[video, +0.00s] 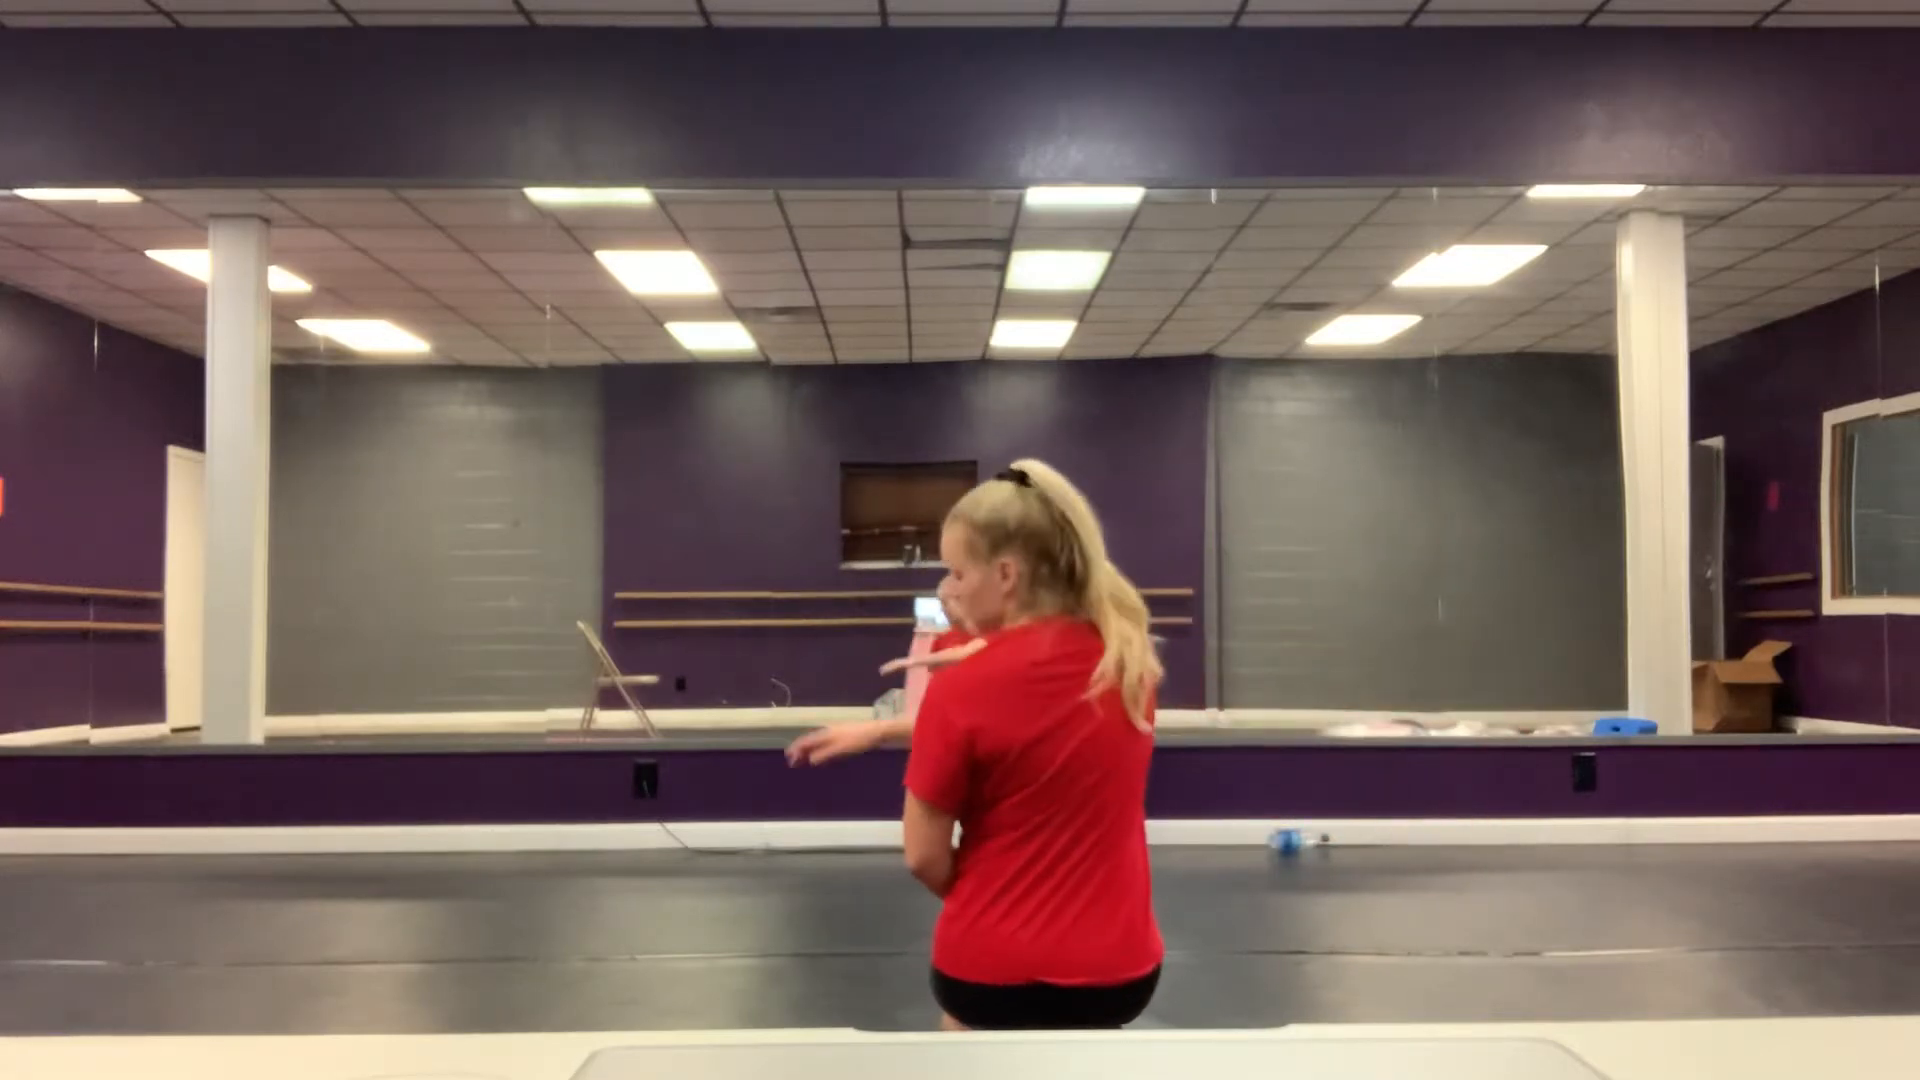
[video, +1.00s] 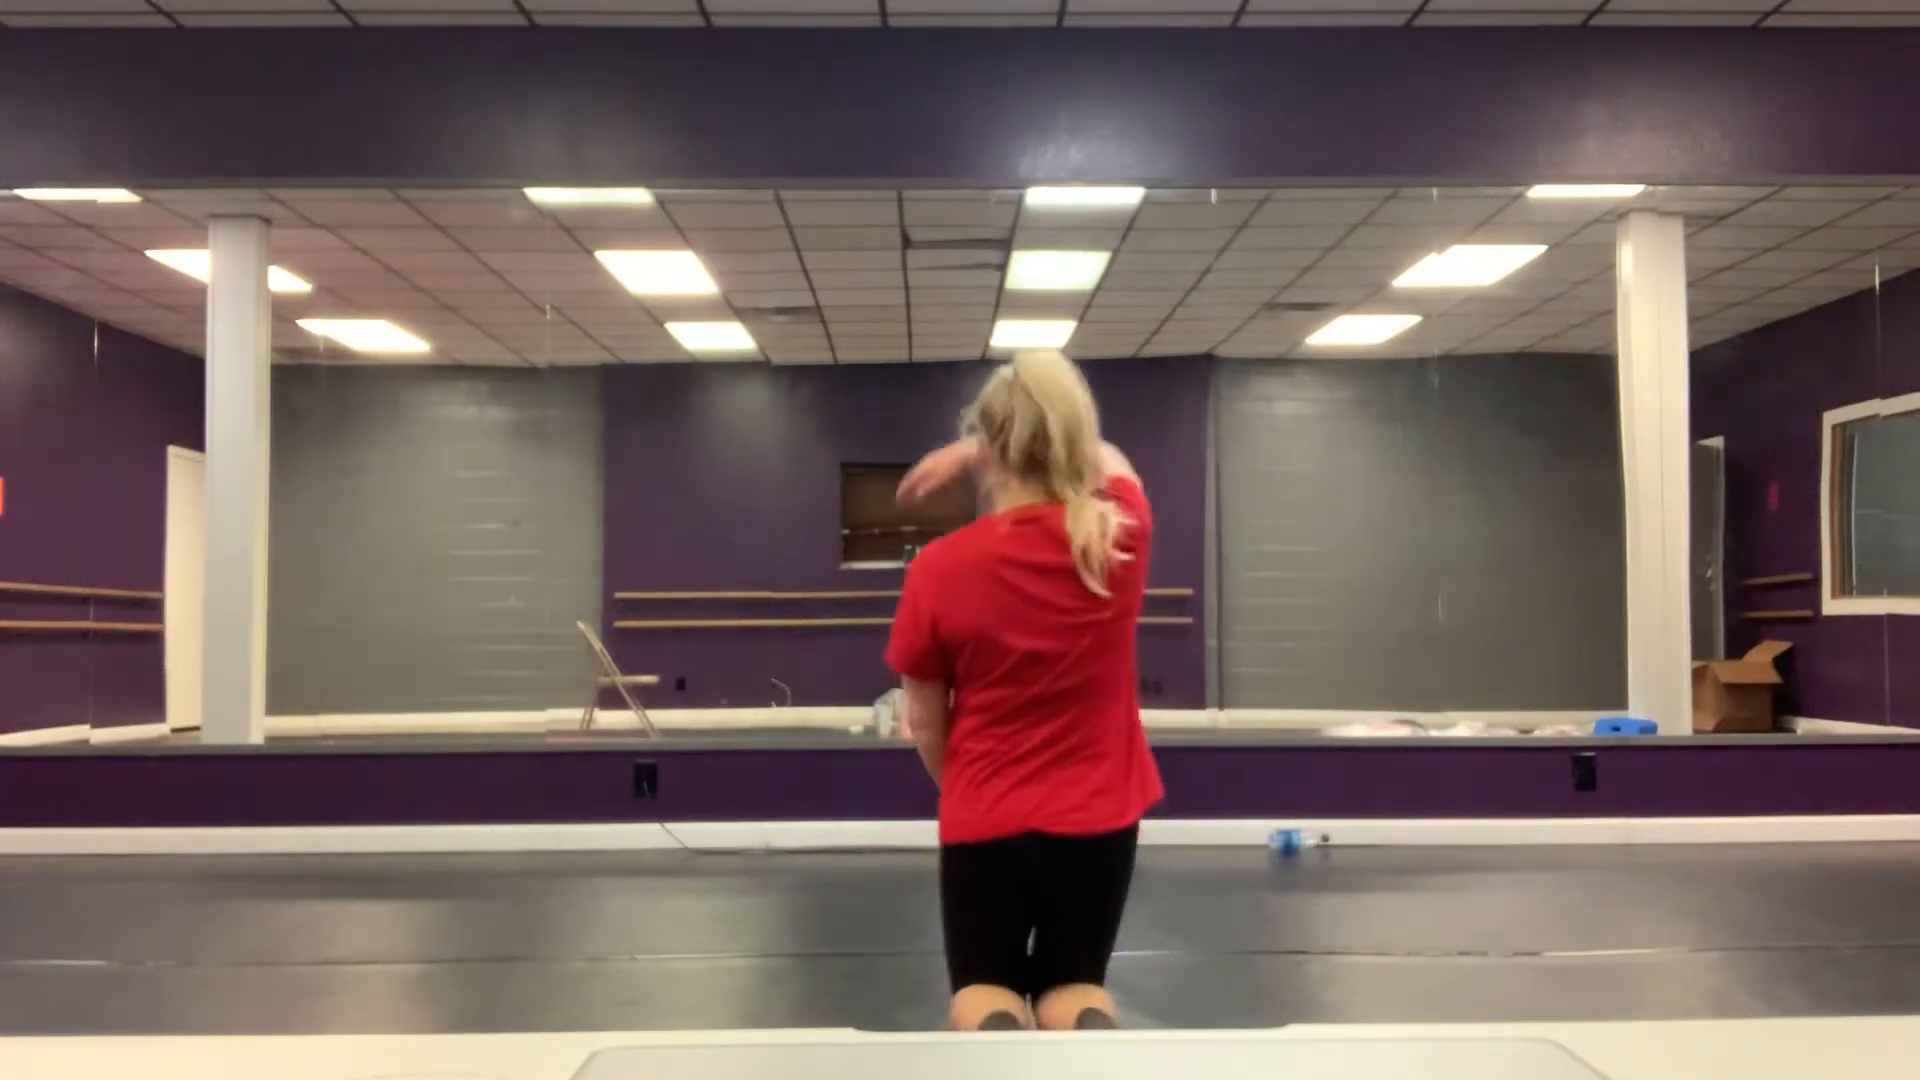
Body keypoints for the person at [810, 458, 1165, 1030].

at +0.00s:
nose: (945, 592)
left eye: (955, 573)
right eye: (946, 574)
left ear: (1007, 574)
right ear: (1009, 572)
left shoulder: (962, 685)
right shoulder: (1131, 660)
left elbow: (925, 855)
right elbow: (1033, 694)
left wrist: (979, 890)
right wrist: (879, 731)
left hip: (993, 977)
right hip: (1119, 974)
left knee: (965, 1022)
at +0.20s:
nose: (944, 611)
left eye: (951, 590)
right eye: (940, 592)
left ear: (1004, 578)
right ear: (1009, 577)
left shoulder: (965, 685)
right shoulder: (1128, 662)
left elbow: (928, 858)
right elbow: (1015, 754)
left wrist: (971, 891)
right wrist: (882, 826)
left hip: (994, 980)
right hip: (1118, 978)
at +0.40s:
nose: (947, 621)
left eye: (949, 601)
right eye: (940, 605)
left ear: (999, 578)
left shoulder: (967, 685)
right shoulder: (1133, 663)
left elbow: (925, 858)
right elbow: (1076, 812)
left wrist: (972, 884)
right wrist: (946, 888)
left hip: (995, 982)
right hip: (1120, 978)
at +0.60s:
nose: (945, 607)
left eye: (945, 583)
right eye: (938, 589)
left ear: (987, 555)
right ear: (1046, 549)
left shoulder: (958, 653)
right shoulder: (1138, 642)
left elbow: (937, 826)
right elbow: (1080, 792)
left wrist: (989, 871)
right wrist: (961, 872)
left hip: (996, 947)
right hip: (1117, 950)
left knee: (971, 1010)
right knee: (1086, 1018)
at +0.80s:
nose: (968, 521)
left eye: (966, 507)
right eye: (965, 509)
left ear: (985, 492)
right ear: (1060, 477)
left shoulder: (953, 598)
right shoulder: (1134, 569)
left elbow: (939, 762)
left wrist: (981, 827)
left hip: (993, 862)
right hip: (1113, 858)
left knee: (982, 993)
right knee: (1074, 993)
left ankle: (996, 1032)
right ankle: (1092, 1034)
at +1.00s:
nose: (979, 448)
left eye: (983, 438)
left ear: (995, 450)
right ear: (1075, 441)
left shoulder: (941, 566)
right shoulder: (1121, 532)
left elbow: (924, 724)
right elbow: (1092, 448)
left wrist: (968, 790)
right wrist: (975, 448)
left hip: (987, 815)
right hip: (1101, 813)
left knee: (985, 981)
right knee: (1073, 980)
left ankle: (1002, 1040)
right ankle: (1093, 1040)